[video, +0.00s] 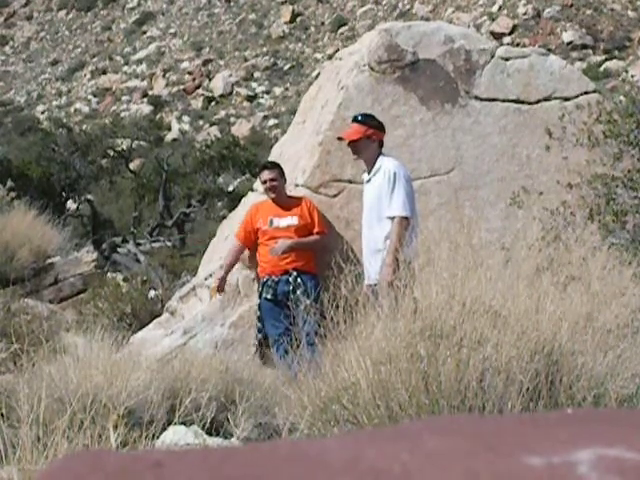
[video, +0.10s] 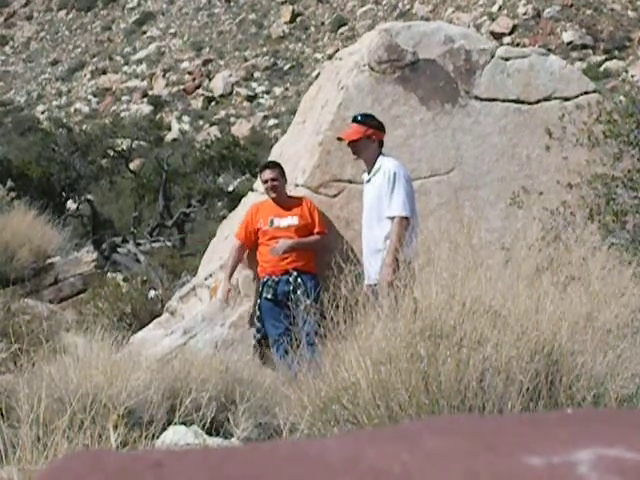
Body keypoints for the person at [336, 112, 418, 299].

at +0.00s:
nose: (351, 147)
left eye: (355, 141)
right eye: (350, 142)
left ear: (373, 139)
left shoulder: (393, 170)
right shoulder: (369, 177)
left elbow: (401, 220)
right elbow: (372, 229)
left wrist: (390, 264)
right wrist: (369, 276)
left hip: (390, 272)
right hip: (373, 274)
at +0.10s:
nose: (351, 147)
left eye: (355, 141)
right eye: (350, 142)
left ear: (373, 139)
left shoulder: (393, 170)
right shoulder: (369, 177)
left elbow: (401, 220)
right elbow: (372, 228)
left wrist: (390, 265)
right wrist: (369, 276)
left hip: (390, 272)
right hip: (373, 274)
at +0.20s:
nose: (351, 147)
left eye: (355, 141)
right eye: (350, 142)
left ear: (372, 139)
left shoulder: (393, 170)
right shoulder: (369, 177)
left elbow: (401, 220)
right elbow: (373, 228)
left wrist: (390, 264)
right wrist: (369, 276)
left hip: (390, 272)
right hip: (373, 274)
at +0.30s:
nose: (350, 147)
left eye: (354, 142)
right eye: (349, 142)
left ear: (371, 140)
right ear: (369, 141)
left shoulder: (393, 170)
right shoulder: (370, 177)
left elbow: (401, 220)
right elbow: (372, 230)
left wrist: (389, 265)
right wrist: (369, 277)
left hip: (389, 272)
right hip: (374, 274)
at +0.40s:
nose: (350, 147)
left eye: (354, 142)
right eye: (349, 142)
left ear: (370, 141)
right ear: (367, 142)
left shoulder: (393, 170)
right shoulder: (370, 176)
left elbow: (400, 221)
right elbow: (375, 224)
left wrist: (387, 268)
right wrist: (370, 272)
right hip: (372, 276)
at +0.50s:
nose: (349, 147)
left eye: (353, 142)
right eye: (349, 142)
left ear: (368, 141)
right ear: (366, 142)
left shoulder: (393, 171)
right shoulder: (371, 176)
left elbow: (399, 222)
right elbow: (375, 226)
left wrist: (386, 270)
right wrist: (370, 274)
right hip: (373, 277)